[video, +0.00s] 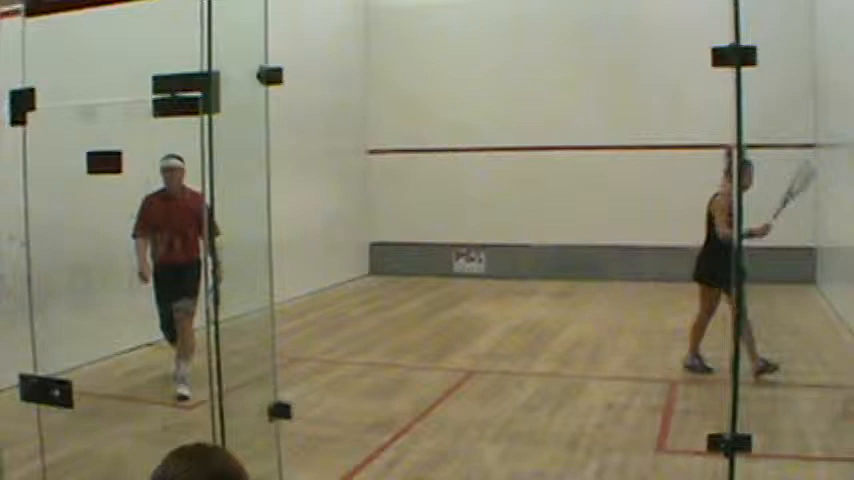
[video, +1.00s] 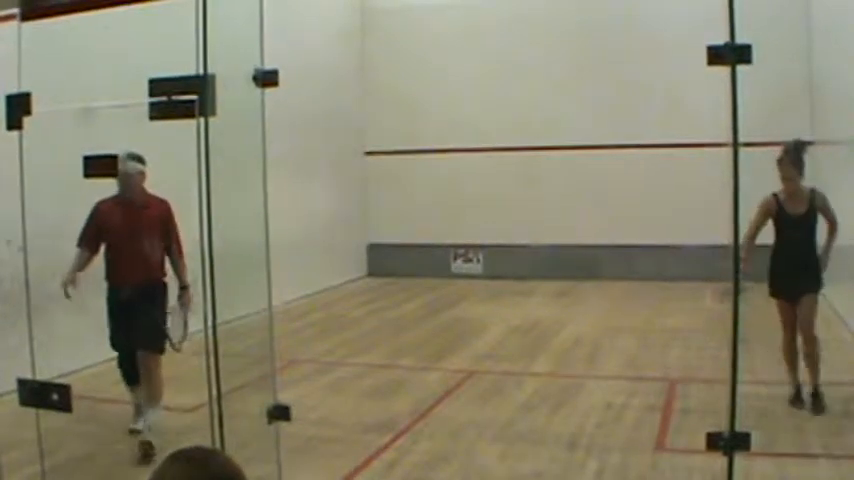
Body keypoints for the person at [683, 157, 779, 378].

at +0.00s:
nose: (750, 183)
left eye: (751, 177)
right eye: (748, 177)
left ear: (738, 176)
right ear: (736, 176)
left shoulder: (733, 200)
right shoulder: (721, 200)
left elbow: (730, 231)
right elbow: (723, 232)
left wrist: (754, 234)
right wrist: (754, 232)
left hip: (728, 260)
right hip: (713, 261)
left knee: (739, 311)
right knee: (707, 309)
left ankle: (755, 360)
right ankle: (692, 355)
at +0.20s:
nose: (763, 178)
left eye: (763, 173)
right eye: (760, 173)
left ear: (753, 175)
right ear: (748, 174)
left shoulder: (751, 199)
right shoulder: (731, 199)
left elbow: (746, 222)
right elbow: (711, 219)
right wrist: (731, 225)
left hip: (750, 258)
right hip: (731, 260)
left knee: (759, 316)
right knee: (727, 319)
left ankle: (763, 365)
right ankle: (700, 349)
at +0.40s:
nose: (778, 174)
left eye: (780, 169)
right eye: (775, 168)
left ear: (780, 171)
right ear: (764, 169)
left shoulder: (775, 196)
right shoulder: (747, 195)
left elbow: (767, 225)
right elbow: (711, 213)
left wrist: (772, 250)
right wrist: (720, 238)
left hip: (769, 256)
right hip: (748, 257)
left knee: (768, 310)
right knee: (765, 308)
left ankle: (764, 362)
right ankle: (753, 359)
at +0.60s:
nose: (784, 177)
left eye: (787, 172)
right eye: (779, 172)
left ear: (792, 174)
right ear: (770, 173)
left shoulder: (793, 200)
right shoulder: (757, 202)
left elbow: (795, 228)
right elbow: (730, 222)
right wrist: (731, 241)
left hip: (787, 261)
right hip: (764, 262)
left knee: (776, 321)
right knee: (777, 322)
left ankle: (766, 367)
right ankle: (790, 378)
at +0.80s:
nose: (785, 176)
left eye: (790, 171)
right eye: (781, 171)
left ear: (797, 172)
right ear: (776, 173)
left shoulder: (805, 200)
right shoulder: (766, 204)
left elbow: (815, 226)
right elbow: (742, 231)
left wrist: (814, 248)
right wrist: (738, 252)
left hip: (801, 268)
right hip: (776, 270)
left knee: (806, 327)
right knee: (790, 328)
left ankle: (784, 356)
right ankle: (795, 384)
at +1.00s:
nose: (785, 180)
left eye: (790, 176)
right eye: (782, 175)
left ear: (800, 173)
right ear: (779, 174)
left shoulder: (815, 199)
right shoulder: (772, 203)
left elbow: (832, 224)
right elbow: (752, 233)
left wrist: (824, 255)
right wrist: (745, 257)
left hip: (808, 268)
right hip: (781, 270)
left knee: (807, 331)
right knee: (789, 331)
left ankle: (815, 388)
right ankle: (795, 387)